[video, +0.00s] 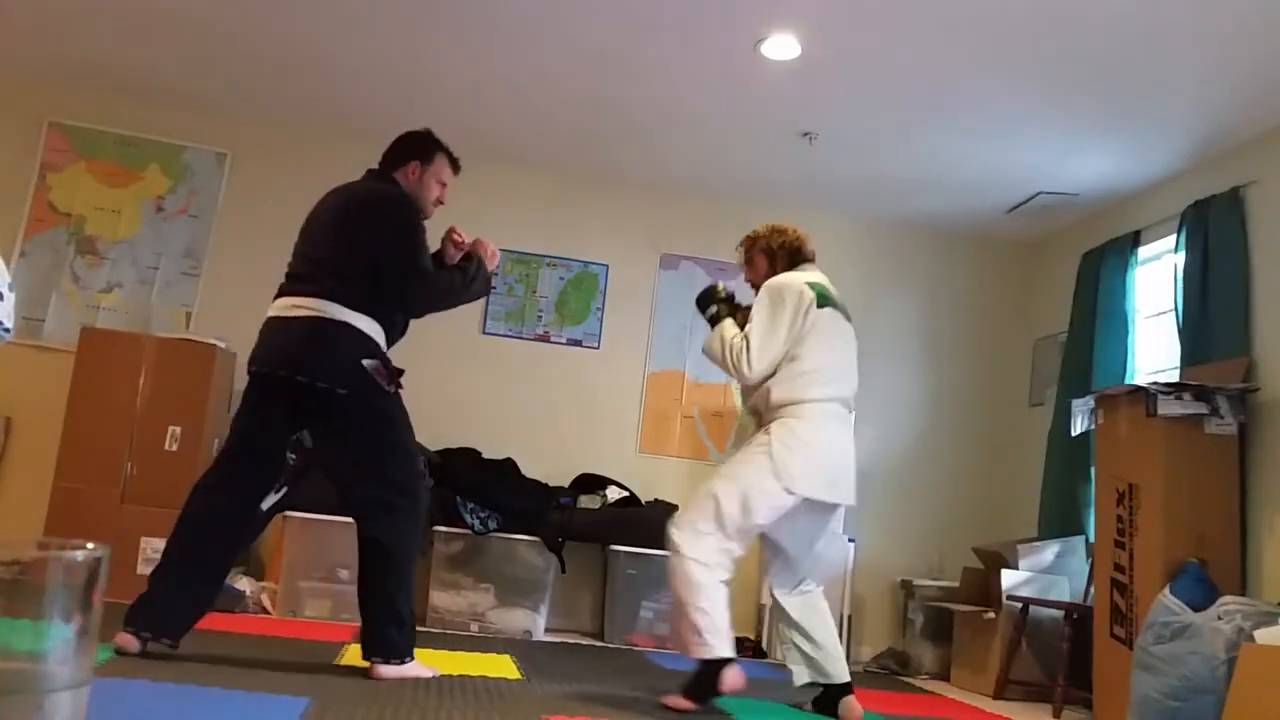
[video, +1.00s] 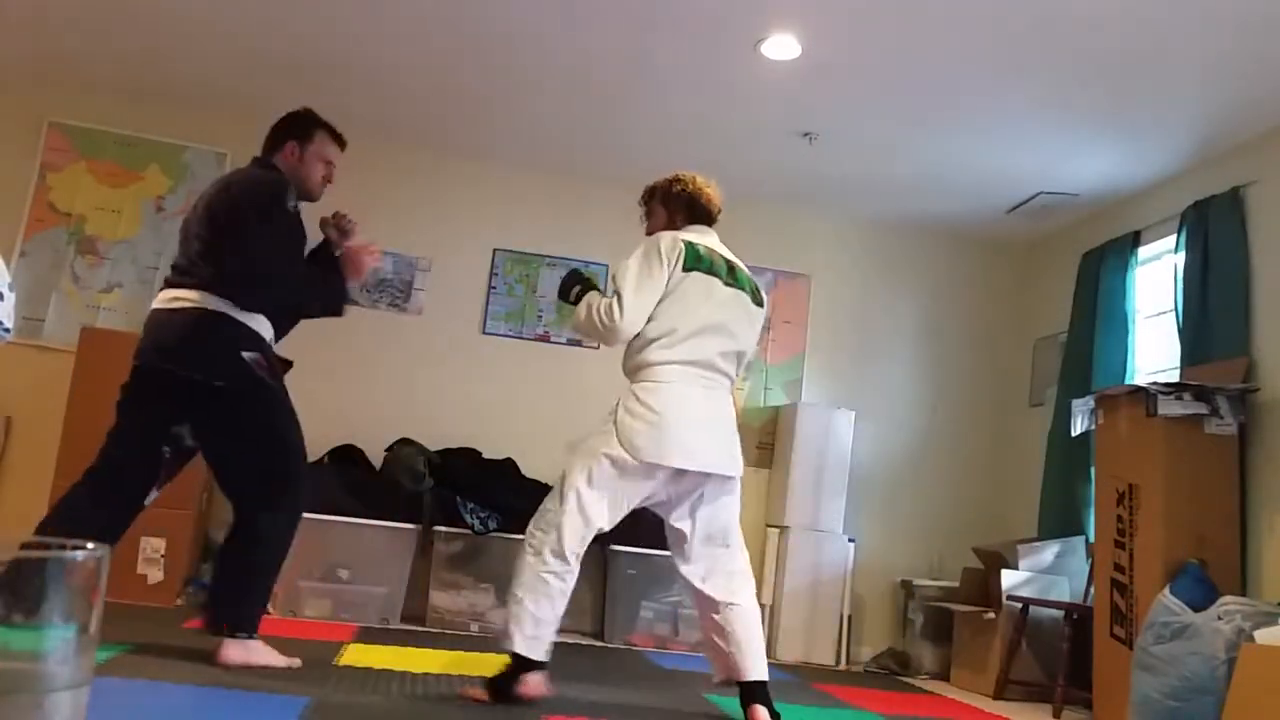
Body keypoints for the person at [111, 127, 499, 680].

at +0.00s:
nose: (443, 200)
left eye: (446, 190)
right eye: (441, 186)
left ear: (399, 171)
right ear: (412, 170)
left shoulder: (336, 201)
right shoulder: (397, 208)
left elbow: (374, 289)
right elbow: (414, 292)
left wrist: (440, 261)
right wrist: (478, 272)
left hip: (278, 352)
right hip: (344, 361)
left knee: (233, 488)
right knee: (396, 497)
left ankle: (147, 626)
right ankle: (390, 654)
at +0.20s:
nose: (439, 193)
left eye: (442, 183)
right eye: (437, 179)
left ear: (395, 164)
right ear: (409, 163)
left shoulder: (335, 196)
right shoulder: (397, 202)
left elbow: (368, 282)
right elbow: (410, 285)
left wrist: (435, 256)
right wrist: (472, 269)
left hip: (279, 353)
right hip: (346, 362)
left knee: (227, 488)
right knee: (397, 500)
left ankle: (133, 617)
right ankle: (389, 654)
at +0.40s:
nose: (424, 201)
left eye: (427, 193)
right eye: (421, 190)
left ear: (371, 183)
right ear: (392, 180)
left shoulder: (315, 214)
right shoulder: (399, 219)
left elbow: (315, 297)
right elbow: (461, 270)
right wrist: (496, 226)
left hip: (251, 362)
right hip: (324, 372)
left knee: (191, 493)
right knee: (377, 511)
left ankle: (122, 613)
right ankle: (395, 652)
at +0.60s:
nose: (372, 200)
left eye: (375, 189)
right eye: (369, 186)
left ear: (317, 177)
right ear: (340, 176)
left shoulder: (260, 214)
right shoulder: (336, 220)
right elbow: (339, 307)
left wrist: (377, 318)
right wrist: (405, 334)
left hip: (215, 366)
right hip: (287, 374)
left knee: (144, 491)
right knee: (350, 504)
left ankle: (37, 593)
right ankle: (381, 649)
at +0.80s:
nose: (333, 179)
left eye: (337, 169)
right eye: (330, 164)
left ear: (281, 154)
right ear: (295, 152)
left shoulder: (228, 189)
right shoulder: (284, 192)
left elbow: (256, 271)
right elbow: (288, 277)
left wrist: (324, 234)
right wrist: (362, 241)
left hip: (177, 346)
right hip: (239, 352)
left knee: (133, 484)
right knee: (314, 480)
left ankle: (39, 598)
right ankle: (332, 629)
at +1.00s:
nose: (331, 179)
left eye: (335, 169)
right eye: (327, 164)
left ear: (286, 154)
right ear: (291, 152)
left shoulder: (227, 190)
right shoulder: (270, 193)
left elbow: (268, 298)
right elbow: (273, 289)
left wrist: (326, 249)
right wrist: (341, 274)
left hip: (164, 339)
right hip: (221, 348)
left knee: (117, 481)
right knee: (276, 489)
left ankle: (20, 597)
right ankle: (238, 634)